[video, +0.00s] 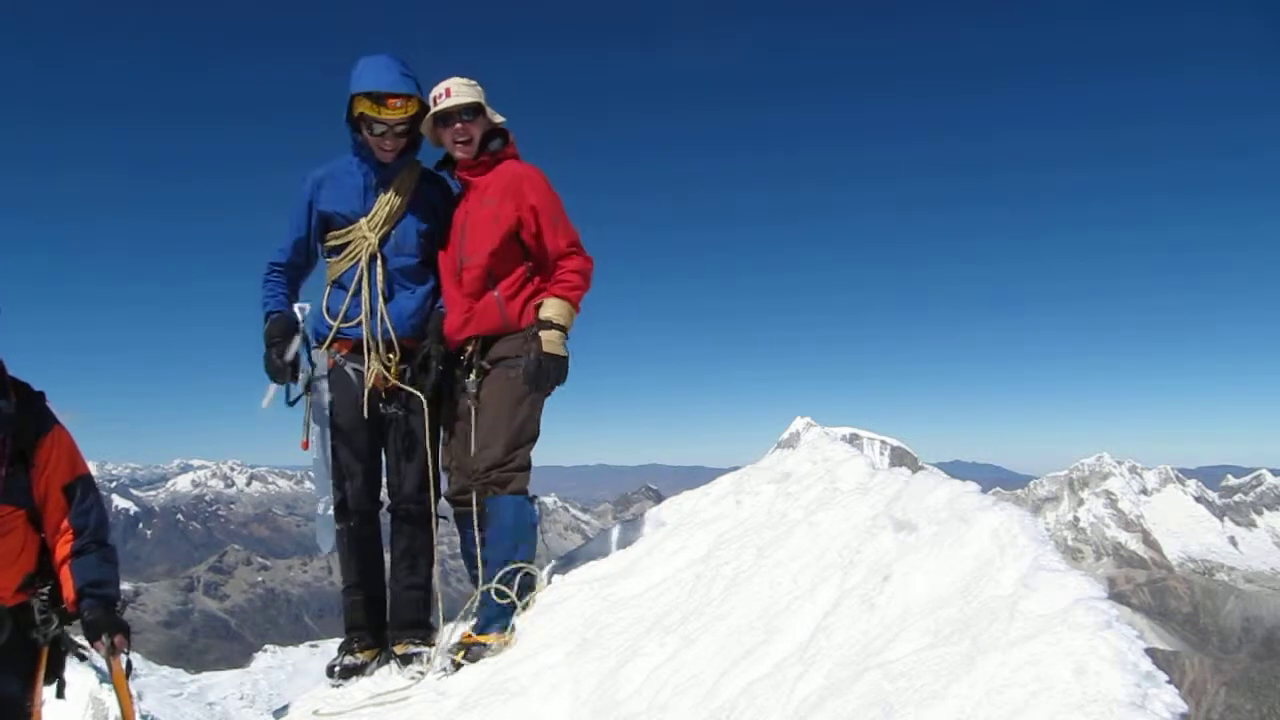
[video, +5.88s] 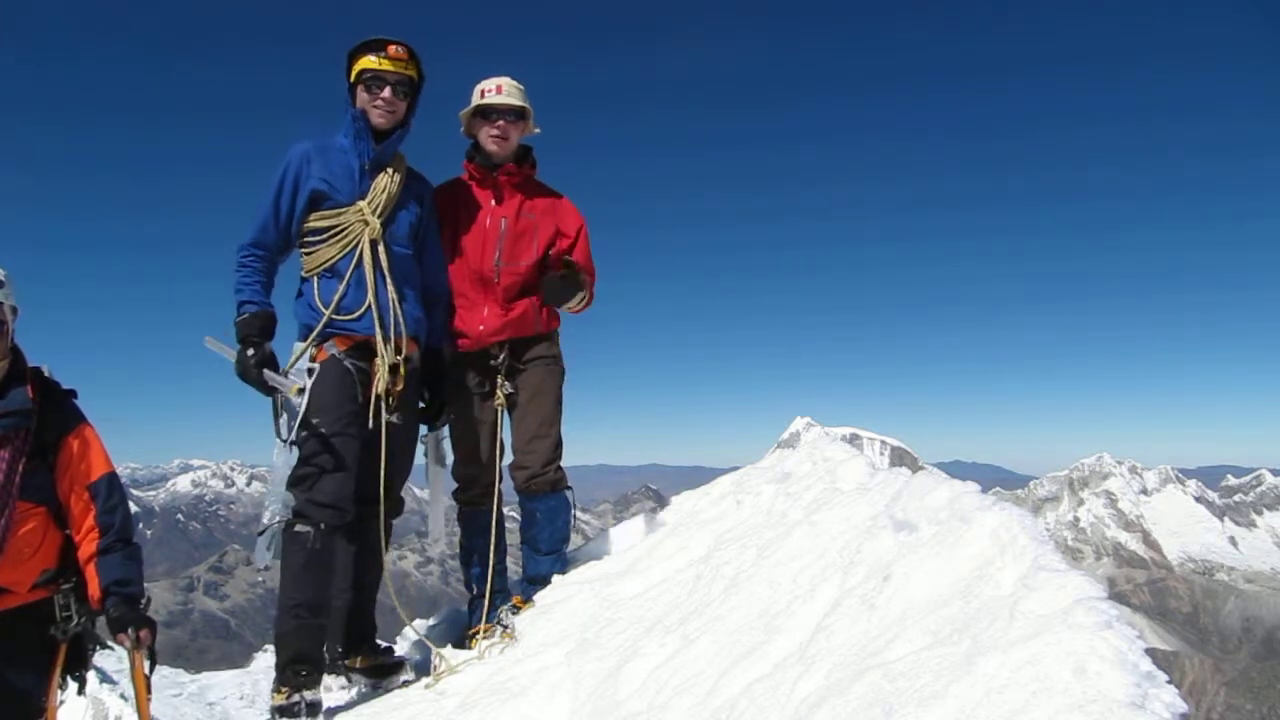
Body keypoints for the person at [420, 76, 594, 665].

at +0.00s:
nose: (459, 129)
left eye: (468, 117)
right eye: (447, 122)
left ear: (487, 120)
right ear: (437, 133)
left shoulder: (521, 179)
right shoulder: (451, 199)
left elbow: (572, 260)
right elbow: (444, 280)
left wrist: (553, 327)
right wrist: (439, 351)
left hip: (517, 342)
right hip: (464, 352)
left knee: (498, 466)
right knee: (463, 473)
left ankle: (507, 597)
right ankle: (487, 594)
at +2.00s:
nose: (484, 120)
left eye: (493, 110)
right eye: (472, 112)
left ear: (512, 118)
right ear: (458, 124)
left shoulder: (544, 190)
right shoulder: (442, 196)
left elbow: (564, 272)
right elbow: (428, 272)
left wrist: (555, 338)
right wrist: (427, 352)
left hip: (529, 340)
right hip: (464, 345)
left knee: (537, 453)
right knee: (478, 468)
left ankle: (550, 572)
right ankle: (483, 600)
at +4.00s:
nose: (503, 128)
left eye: (514, 119)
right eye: (491, 119)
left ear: (528, 129)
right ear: (474, 128)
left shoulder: (551, 206)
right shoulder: (448, 202)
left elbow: (571, 290)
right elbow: (428, 283)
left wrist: (570, 360)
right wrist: (416, 355)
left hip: (535, 352)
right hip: (467, 354)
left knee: (540, 465)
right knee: (478, 476)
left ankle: (544, 586)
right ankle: (486, 603)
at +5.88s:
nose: (499, 126)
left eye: (510, 117)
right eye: (488, 117)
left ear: (526, 128)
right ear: (471, 126)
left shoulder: (554, 208)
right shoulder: (444, 202)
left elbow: (579, 282)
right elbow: (421, 277)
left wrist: (565, 287)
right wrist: (426, 363)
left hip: (533, 351)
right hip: (464, 355)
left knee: (536, 468)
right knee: (474, 479)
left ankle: (542, 589)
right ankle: (485, 604)